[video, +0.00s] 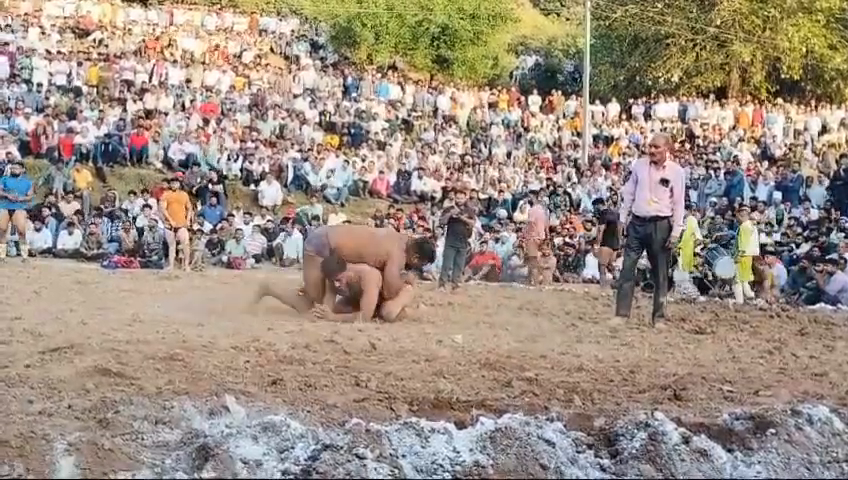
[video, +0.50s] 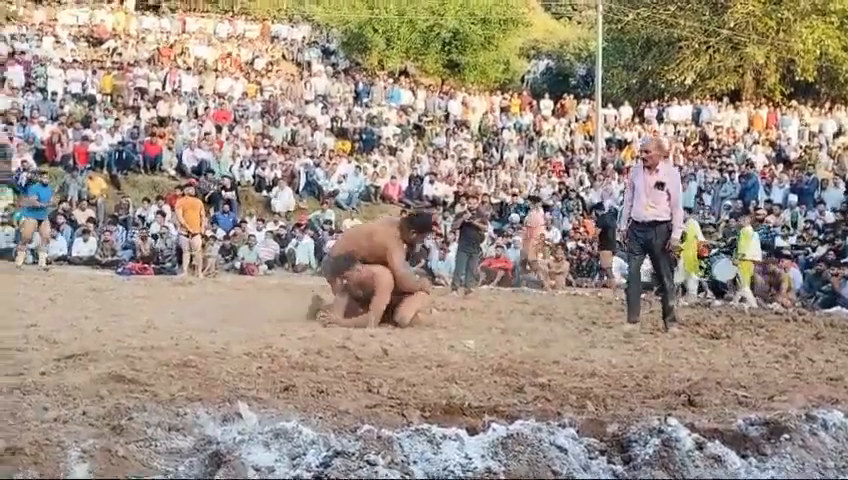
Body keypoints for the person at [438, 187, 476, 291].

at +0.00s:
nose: (459, 200)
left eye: (462, 198)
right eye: (457, 198)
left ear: (465, 198)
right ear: (454, 198)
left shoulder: (469, 211)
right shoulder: (449, 209)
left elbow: (473, 223)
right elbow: (441, 222)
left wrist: (462, 218)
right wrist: (450, 214)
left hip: (463, 242)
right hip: (450, 241)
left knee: (459, 266)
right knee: (447, 265)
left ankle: (455, 285)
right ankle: (443, 284)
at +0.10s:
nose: (460, 201)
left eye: (462, 198)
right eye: (458, 198)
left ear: (466, 199)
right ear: (455, 198)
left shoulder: (469, 211)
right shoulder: (449, 210)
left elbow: (474, 223)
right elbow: (442, 222)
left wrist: (463, 219)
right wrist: (451, 215)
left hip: (463, 242)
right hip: (451, 241)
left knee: (459, 266)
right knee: (447, 265)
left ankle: (456, 285)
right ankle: (443, 284)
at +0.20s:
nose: (461, 201)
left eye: (463, 199)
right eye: (459, 199)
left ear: (467, 200)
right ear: (456, 199)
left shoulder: (470, 212)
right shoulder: (450, 211)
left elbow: (474, 224)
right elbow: (442, 223)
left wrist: (463, 219)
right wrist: (451, 215)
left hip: (464, 243)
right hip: (452, 241)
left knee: (460, 267)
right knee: (448, 265)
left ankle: (456, 286)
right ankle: (443, 285)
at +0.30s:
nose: (461, 202)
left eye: (464, 200)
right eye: (460, 200)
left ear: (468, 201)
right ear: (456, 200)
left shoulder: (471, 213)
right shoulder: (451, 211)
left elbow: (475, 225)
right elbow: (443, 223)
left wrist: (463, 219)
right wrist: (452, 216)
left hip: (465, 243)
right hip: (452, 242)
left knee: (461, 267)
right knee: (448, 266)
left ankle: (457, 286)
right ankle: (444, 285)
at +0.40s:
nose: (464, 203)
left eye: (466, 201)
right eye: (462, 201)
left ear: (470, 201)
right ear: (459, 201)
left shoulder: (473, 214)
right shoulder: (453, 213)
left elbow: (478, 225)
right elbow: (446, 224)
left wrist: (466, 220)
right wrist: (455, 217)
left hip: (467, 244)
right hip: (455, 243)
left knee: (464, 268)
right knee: (451, 266)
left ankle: (460, 287)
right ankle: (447, 286)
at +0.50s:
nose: (472, 205)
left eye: (474, 203)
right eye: (470, 203)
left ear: (477, 204)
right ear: (466, 203)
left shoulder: (481, 216)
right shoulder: (461, 215)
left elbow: (485, 228)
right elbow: (454, 227)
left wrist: (474, 222)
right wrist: (463, 218)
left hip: (475, 246)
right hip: (463, 245)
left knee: (472, 269)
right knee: (459, 268)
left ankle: (469, 288)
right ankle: (455, 287)